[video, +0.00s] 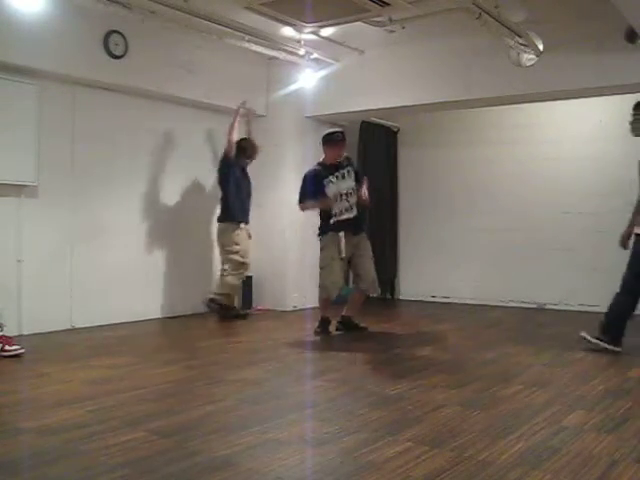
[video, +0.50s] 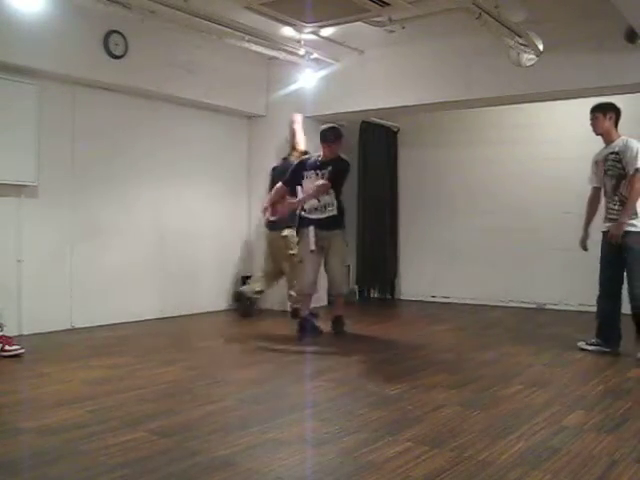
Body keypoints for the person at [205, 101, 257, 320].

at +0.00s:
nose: (252, 160)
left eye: (253, 157)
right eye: (251, 156)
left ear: (242, 151)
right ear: (246, 154)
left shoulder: (241, 168)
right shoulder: (229, 167)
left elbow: (248, 146)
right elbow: (231, 141)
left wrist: (249, 121)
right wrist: (237, 115)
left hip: (240, 224)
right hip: (231, 224)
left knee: (235, 266)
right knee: (235, 265)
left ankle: (227, 302)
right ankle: (224, 301)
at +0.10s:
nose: (261, 163)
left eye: (263, 160)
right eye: (262, 159)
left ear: (251, 153)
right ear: (256, 156)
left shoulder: (243, 169)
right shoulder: (240, 167)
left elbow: (245, 143)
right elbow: (246, 143)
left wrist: (238, 131)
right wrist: (238, 130)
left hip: (235, 222)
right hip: (240, 223)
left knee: (233, 264)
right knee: (253, 261)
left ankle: (227, 304)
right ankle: (243, 303)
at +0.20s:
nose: (271, 166)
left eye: (271, 162)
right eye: (271, 162)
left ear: (257, 156)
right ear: (266, 161)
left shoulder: (251, 173)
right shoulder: (249, 171)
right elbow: (260, 147)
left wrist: (251, 151)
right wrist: (254, 150)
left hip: (243, 224)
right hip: (248, 224)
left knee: (237, 267)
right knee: (264, 265)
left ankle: (228, 305)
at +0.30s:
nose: (279, 167)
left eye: (281, 163)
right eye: (279, 162)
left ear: (271, 160)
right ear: (272, 158)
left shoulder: (261, 173)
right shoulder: (259, 171)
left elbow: (281, 159)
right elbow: (273, 151)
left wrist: (265, 145)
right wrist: (261, 145)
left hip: (250, 227)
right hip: (258, 228)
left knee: (244, 269)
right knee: (275, 268)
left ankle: (230, 303)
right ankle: (294, 304)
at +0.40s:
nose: (290, 166)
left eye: (291, 163)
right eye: (290, 162)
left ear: (282, 158)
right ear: (284, 159)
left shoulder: (273, 175)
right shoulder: (270, 173)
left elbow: (291, 174)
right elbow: (285, 151)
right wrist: (281, 125)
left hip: (260, 229)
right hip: (273, 230)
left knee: (255, 270)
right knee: (288, 269)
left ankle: (235, 301)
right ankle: (297, 306)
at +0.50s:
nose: (304, 158)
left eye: (303, 155)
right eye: (303, 154)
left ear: (289, 153)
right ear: (298, 155)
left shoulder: (277, 169)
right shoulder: (293, 169)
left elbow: (272, 195)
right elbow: (299, 146)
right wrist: (297, 124)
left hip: (273, 226)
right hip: (287, 227)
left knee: (274, 270)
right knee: (294, 270)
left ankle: (249, 292)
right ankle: (296, 308)